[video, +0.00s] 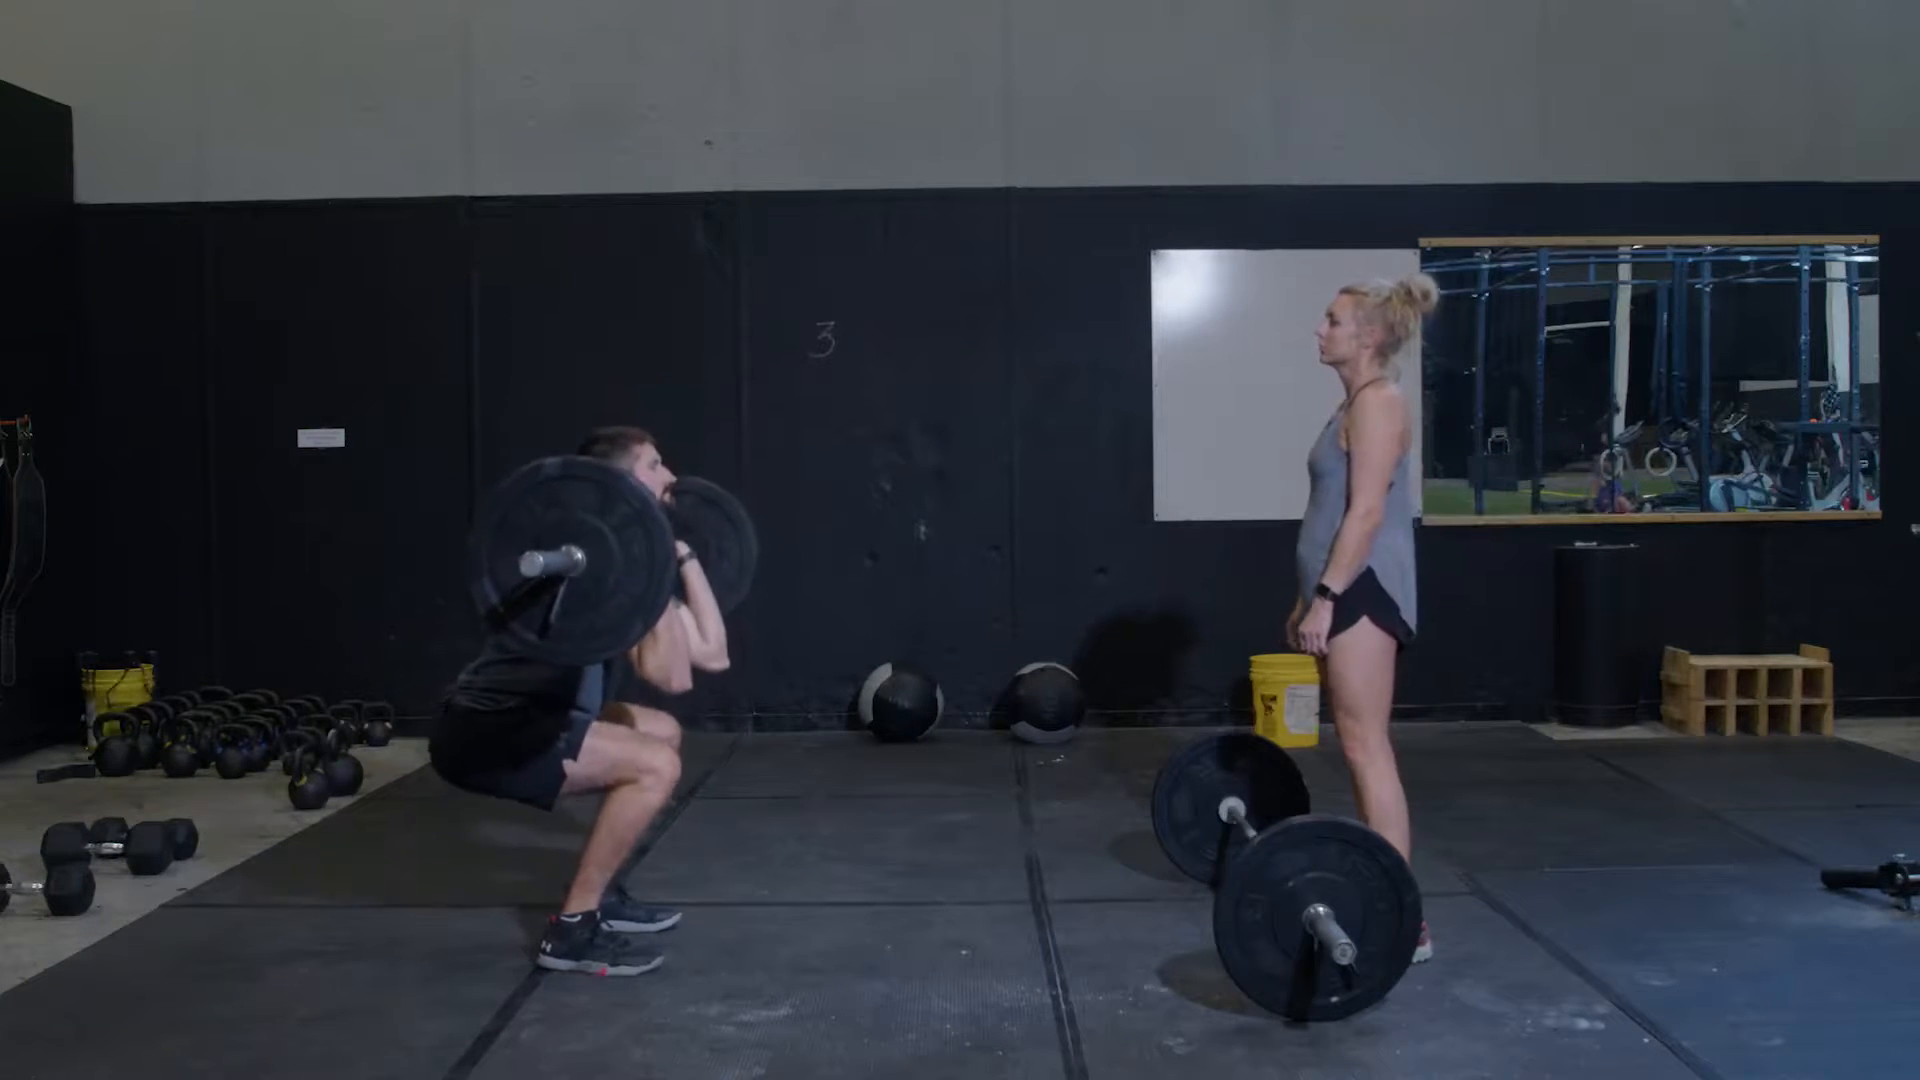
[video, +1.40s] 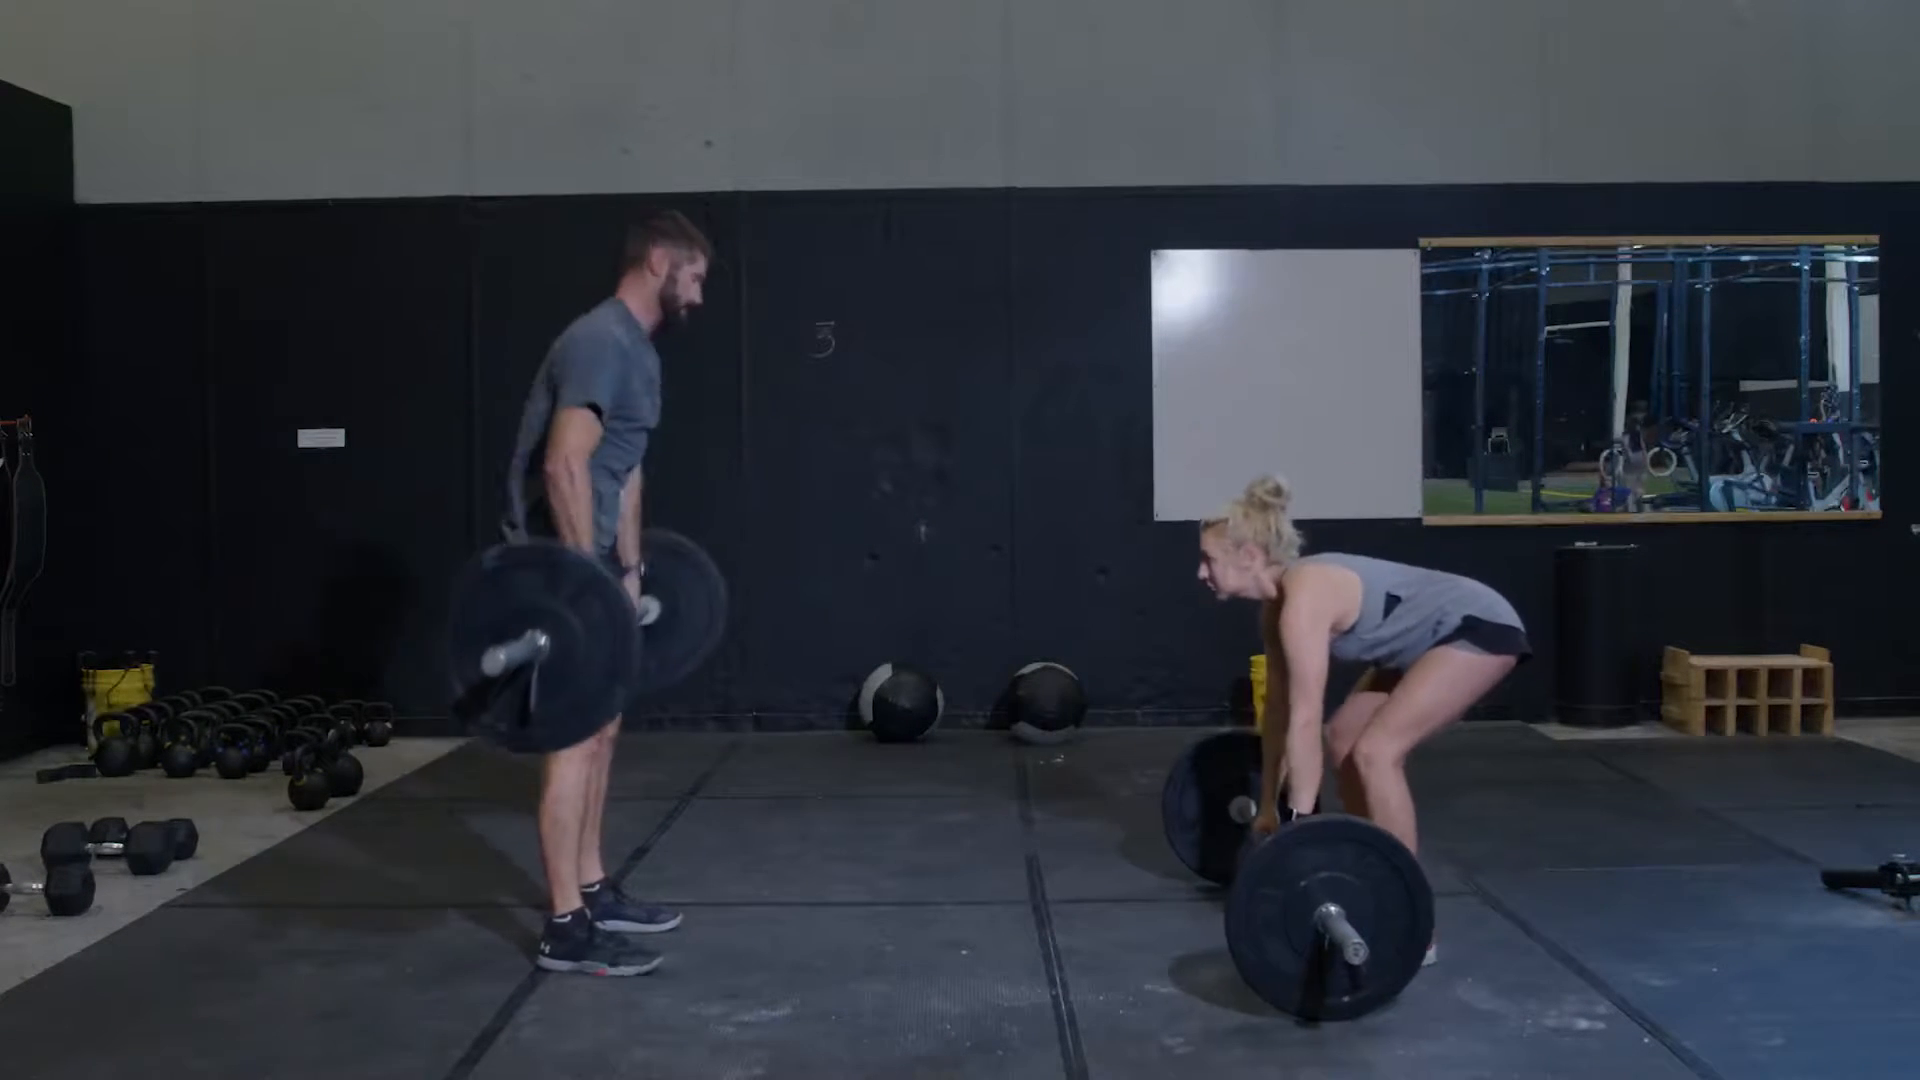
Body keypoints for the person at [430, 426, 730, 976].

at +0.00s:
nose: (669, 475)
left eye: (662, 463)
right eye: (653, 466)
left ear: (624, 486)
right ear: (619, 484)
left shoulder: (635, 549)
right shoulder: (608, 554)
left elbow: (716, 656)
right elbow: (672, 677)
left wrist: (685, 558)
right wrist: (650, 561)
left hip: (523, 709)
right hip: (487, 731)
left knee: (663, 733)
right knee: (657, 767)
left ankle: (601, 896)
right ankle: (572, 928)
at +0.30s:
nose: (655, 391)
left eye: (650, 379)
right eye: (638, 382)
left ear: (640, 395)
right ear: (602, 398)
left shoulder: (626, 470)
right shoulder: (590, 470)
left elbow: (706, 574)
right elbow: (663, 581)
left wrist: (672, 471)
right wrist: (645, 481)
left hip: (533, 648)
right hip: (490, 654)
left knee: (652, 727)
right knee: (634, 756)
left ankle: (597, 893)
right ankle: (569, 928)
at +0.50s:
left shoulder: (609, 393)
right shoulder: (566, 392)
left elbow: (708, 475)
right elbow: (670, 476)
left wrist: (658, 381)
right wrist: (636, 388)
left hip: (560, 599)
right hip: (518, 597)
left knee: (647, 728)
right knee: (621, 746)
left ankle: (595, 893)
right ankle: (567, 925)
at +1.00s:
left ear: (616, 292)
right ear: (576, 289)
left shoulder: (612, 356)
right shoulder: (557, 357)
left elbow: (626, 431)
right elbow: (563, 456)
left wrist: (648, 373)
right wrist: (599, 368)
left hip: (619, 552)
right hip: (583, 554)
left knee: (600, 720)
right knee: (576, 727)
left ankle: (589, 889)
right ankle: (562, 921)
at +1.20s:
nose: (611, 266)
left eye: (612, 254)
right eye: (603, 252)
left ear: (574, 249)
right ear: (562, 246)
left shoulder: (574, 321)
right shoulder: (533, 307)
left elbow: (591, 412)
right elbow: (489, 374)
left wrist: (664, 440)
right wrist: (574, 425)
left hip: (611, 546)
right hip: (577, 549)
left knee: (610, 717)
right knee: (587, 725)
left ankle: (593, 891)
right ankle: (567, 922)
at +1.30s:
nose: (646, 272)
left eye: (648, 259)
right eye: (638, 257)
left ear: (612, 254)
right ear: (599, 250)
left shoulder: (604, 323)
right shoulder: (564, 313)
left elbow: (626, 438)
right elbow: (542, 412)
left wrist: (647, 523)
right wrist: (600, 510)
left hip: (613, 544)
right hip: (578, 548)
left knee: (610, 718)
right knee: (587, 724)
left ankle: (591, 891)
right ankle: (566, 920)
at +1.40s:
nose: (699, 295)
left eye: (702, 280)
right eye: (693, 277)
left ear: (660, 267)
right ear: (657, 264)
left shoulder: (638, 350)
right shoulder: (602, 343)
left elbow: (627, 471)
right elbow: (563, 463)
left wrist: (631, 566)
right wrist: (582, 580)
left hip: (598, 565)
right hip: (562, 567)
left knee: (603, 726)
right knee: (576, 733)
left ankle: (590, 892)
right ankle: (563, 924)